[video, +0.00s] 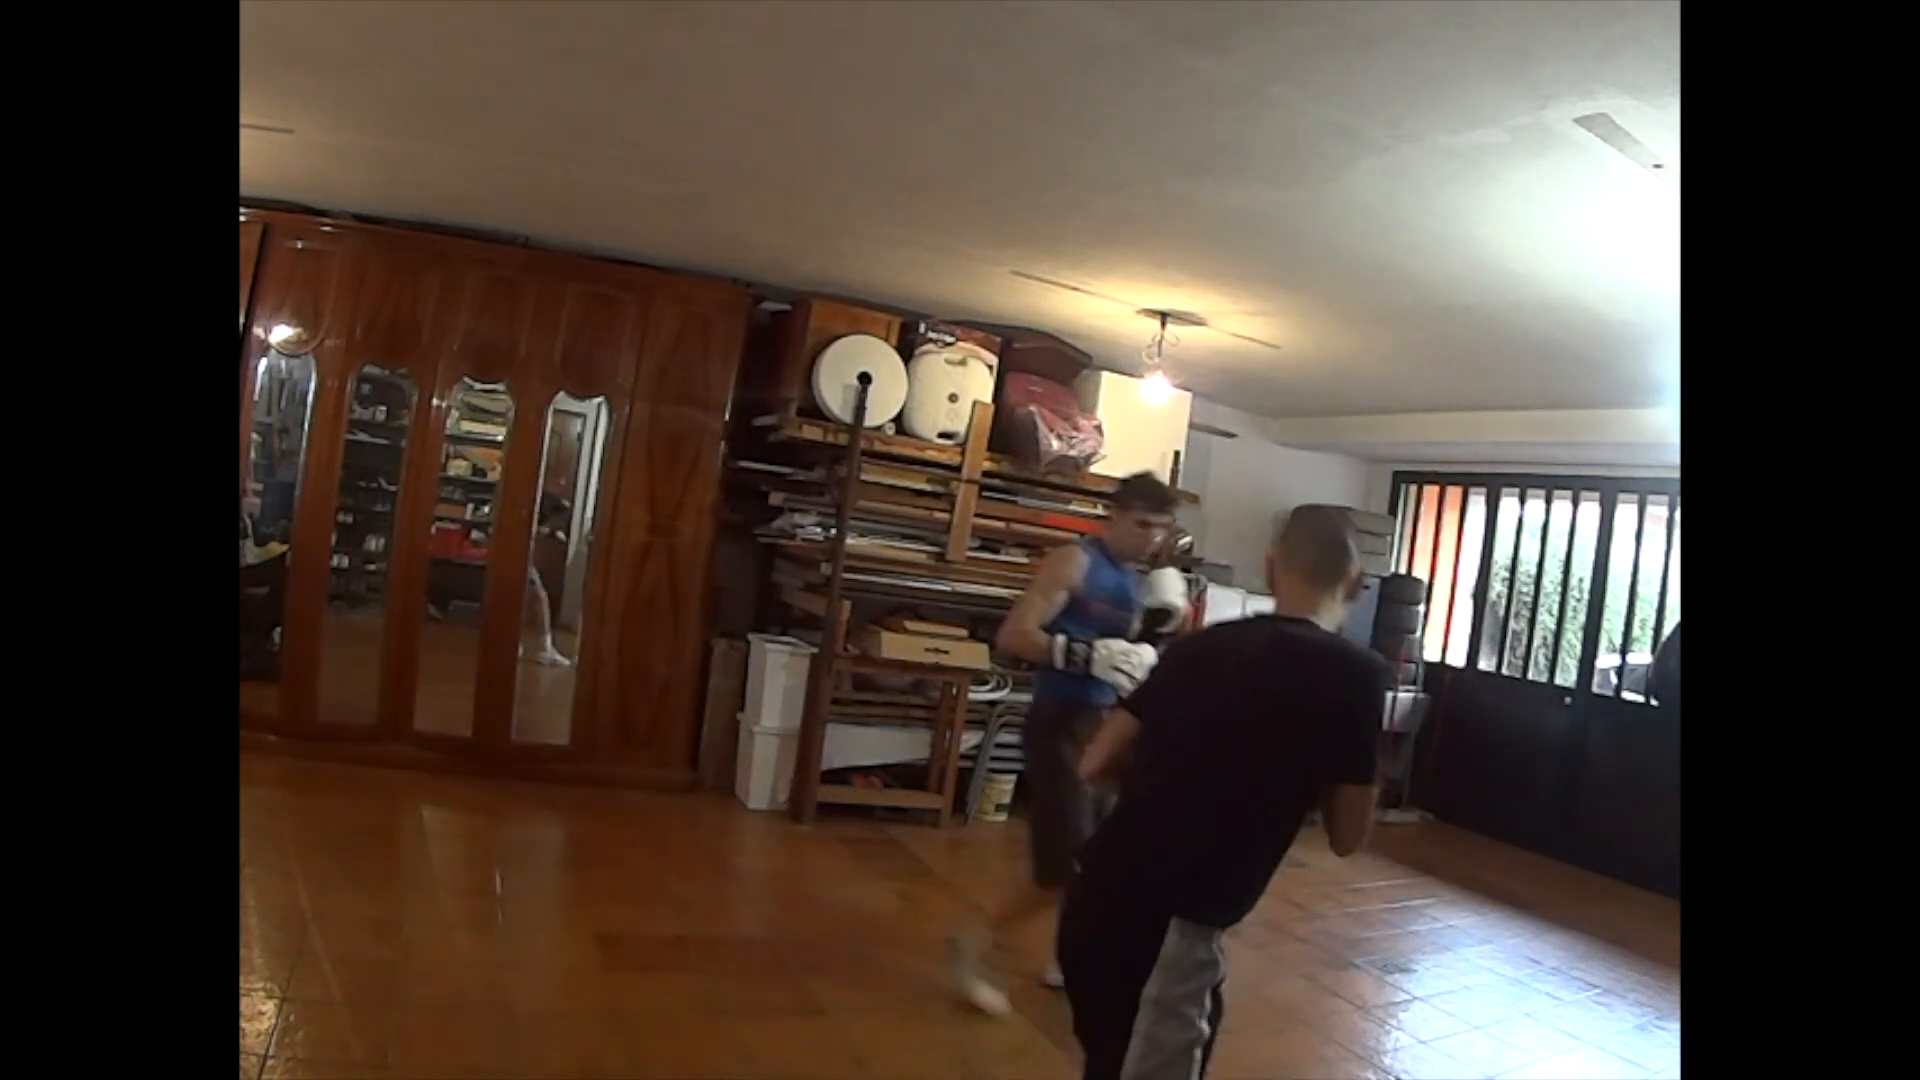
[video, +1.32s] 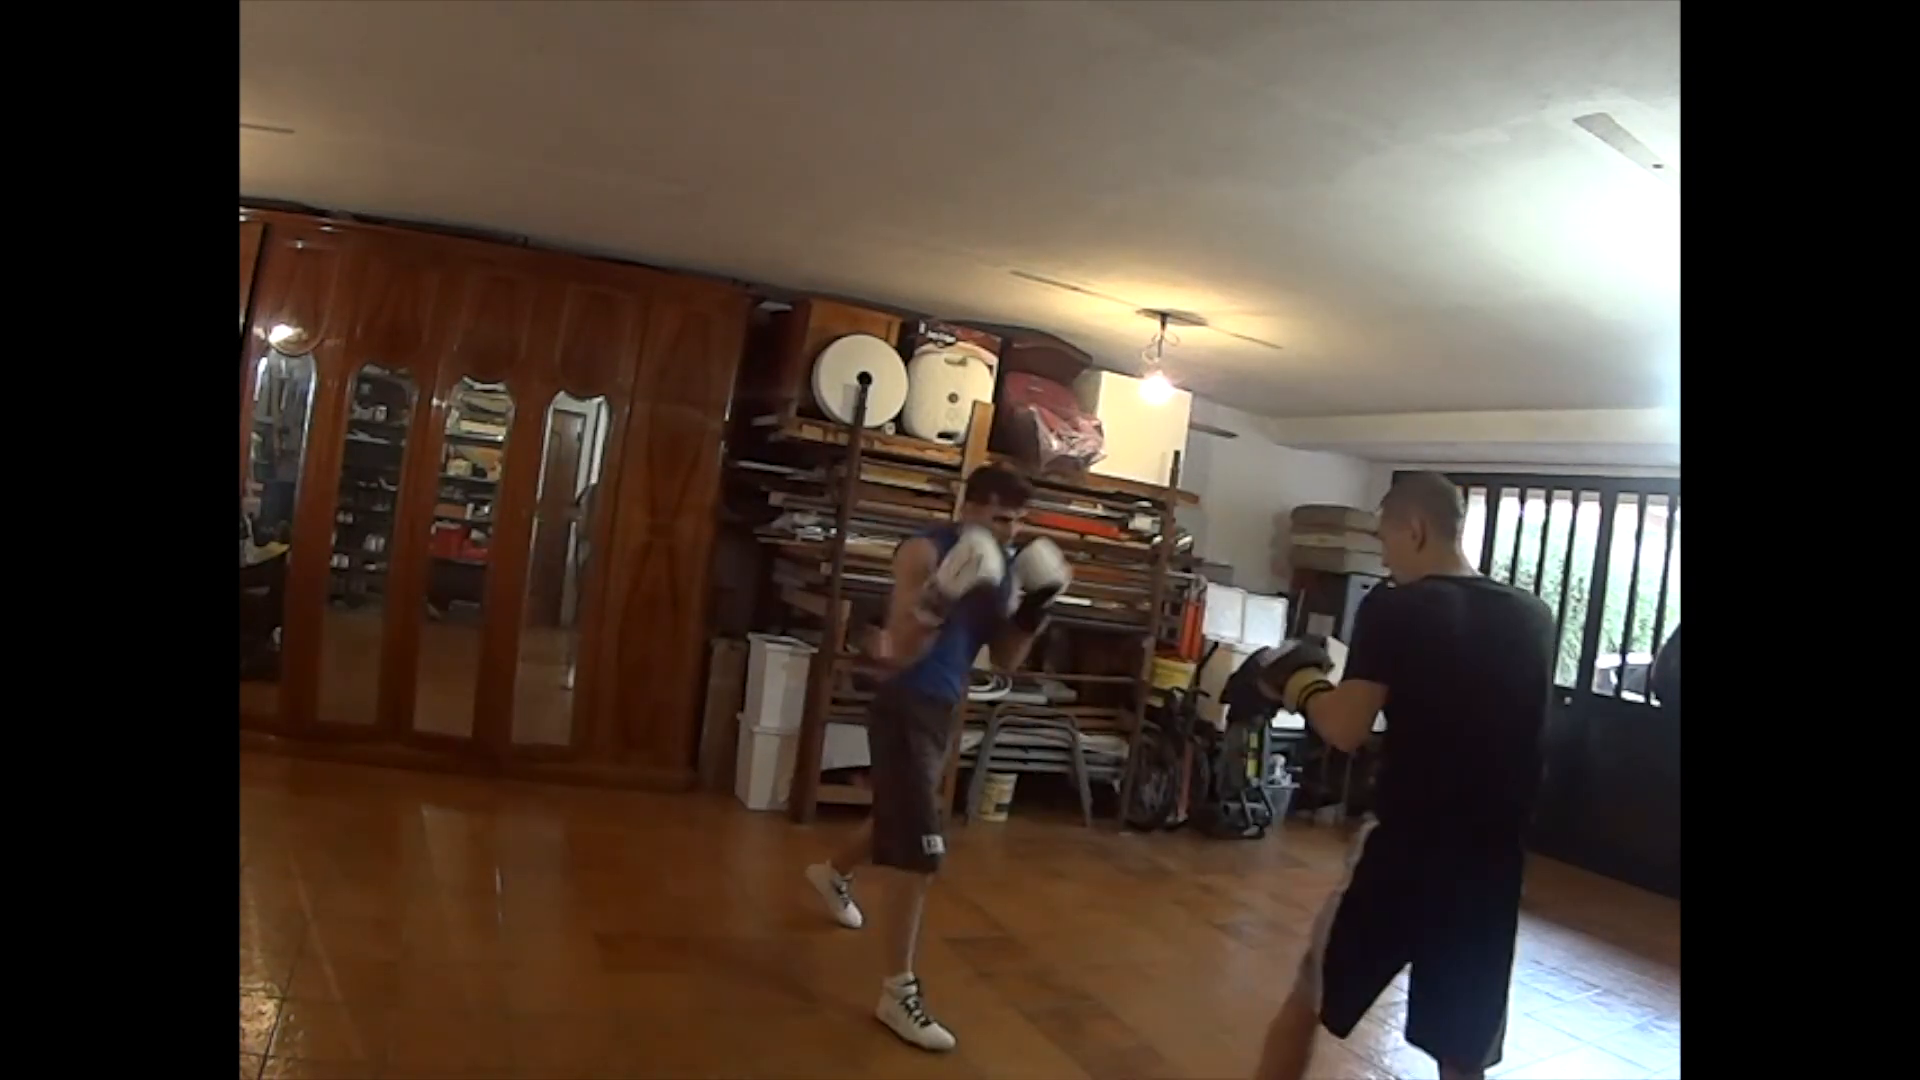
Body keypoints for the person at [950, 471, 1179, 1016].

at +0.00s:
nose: (1150, 538)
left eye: (1159, 529)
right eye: (1141, 524)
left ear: (1164, 533)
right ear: (1112, 518)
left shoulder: (1136, 579)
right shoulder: (1074, 561)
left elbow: (1129, 646)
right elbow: (1014, 635)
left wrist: (1163, 621)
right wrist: (1087, 654)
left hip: (1106, 726)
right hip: (1059, 722)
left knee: (1095, 852)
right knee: (1061, 863)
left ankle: (1067, 960)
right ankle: (981, 946)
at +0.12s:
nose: (1106, 533)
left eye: (1113, 522)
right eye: (1095, 519)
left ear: (1118, 523)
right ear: (1068, 514)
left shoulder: (1095, 577)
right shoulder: (1029, 563)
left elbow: (1089, 649)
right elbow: (980, 638)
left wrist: (1111, 634)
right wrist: (1048, 651)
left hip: (1073, 723)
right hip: (1025, 720)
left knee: (1072, 847)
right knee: (1006, 852)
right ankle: (903, 892)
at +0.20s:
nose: (1080, 534)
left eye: (1086, 522)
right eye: (1069, 522)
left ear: (1091, 522)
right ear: (1043, 516)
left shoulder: (1074, 569)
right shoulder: (1006, 565)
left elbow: (1061, 633)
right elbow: (958, 643)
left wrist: (1087, 638)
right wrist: (1026, 654)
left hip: (1057, 723)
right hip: (1003, 720)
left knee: (1066, 848)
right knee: (963, 846)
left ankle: (1071, 967)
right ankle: (868, 886)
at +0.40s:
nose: (1013, 526)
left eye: (1020, 517)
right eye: (1003, 514)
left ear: (1028, 518)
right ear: (980, 511)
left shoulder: (1021, 567)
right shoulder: (938, 559)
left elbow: (1007, 628)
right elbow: (892, 634)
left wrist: (1034, 638)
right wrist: (946, 643)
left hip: (980, 715)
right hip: (927, 707)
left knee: (1005, 829)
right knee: (888, 815)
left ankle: (1012, 934)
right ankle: (844, 895)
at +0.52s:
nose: (995, 498)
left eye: (1004, 489)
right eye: (986, 486)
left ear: (1010, 492)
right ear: (961, 483)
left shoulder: (1004, 539)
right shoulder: (919, 529)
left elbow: (995, 599)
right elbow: (865, 601)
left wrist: (1017, 601)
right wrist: (917, 613)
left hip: (961, 684)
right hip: (911, 678)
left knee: (957, 806)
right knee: (879, 797)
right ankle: (844, 889)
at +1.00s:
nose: (976, 498)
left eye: (983, 490)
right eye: (967, 487)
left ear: (986, 494)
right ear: (940, 486)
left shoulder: (975, 545)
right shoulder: (899, 529)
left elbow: (974, 635)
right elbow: (837, 592)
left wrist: (983, 598)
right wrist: (877, 604)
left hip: (926, 684)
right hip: (884, 676)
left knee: (877, 788)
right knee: (904, 813)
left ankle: (829, 871)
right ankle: (868, 940)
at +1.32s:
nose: (1005, 522)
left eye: (1014, 514)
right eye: (996, 509)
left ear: (1020, 521)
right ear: (969, 503)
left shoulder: (996, 567)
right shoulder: (923, 551)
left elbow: (1006, 657)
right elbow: (899, 646)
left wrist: (1035, 605)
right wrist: (939, 592)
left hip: (943, 712)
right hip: (903, 704)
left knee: (905, 817)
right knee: (919, 849)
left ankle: (834, 869)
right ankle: (899, 991)